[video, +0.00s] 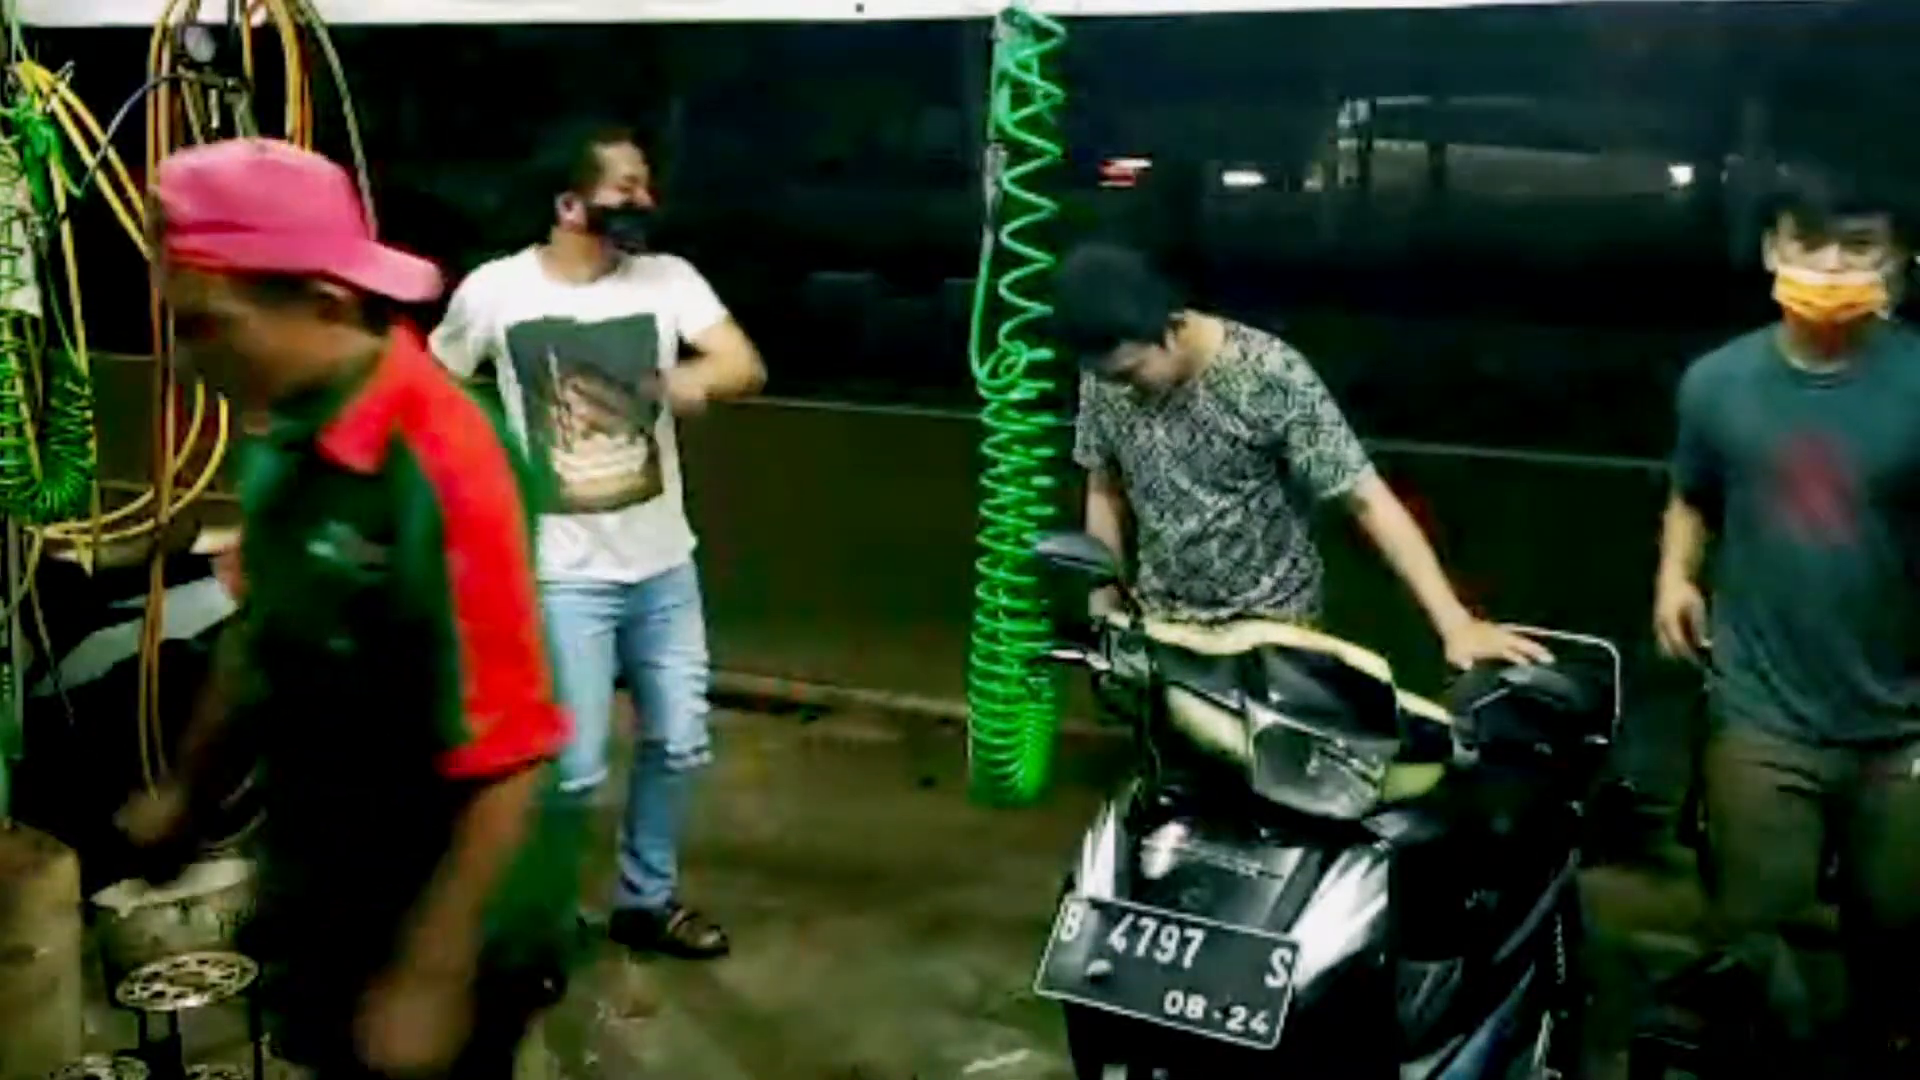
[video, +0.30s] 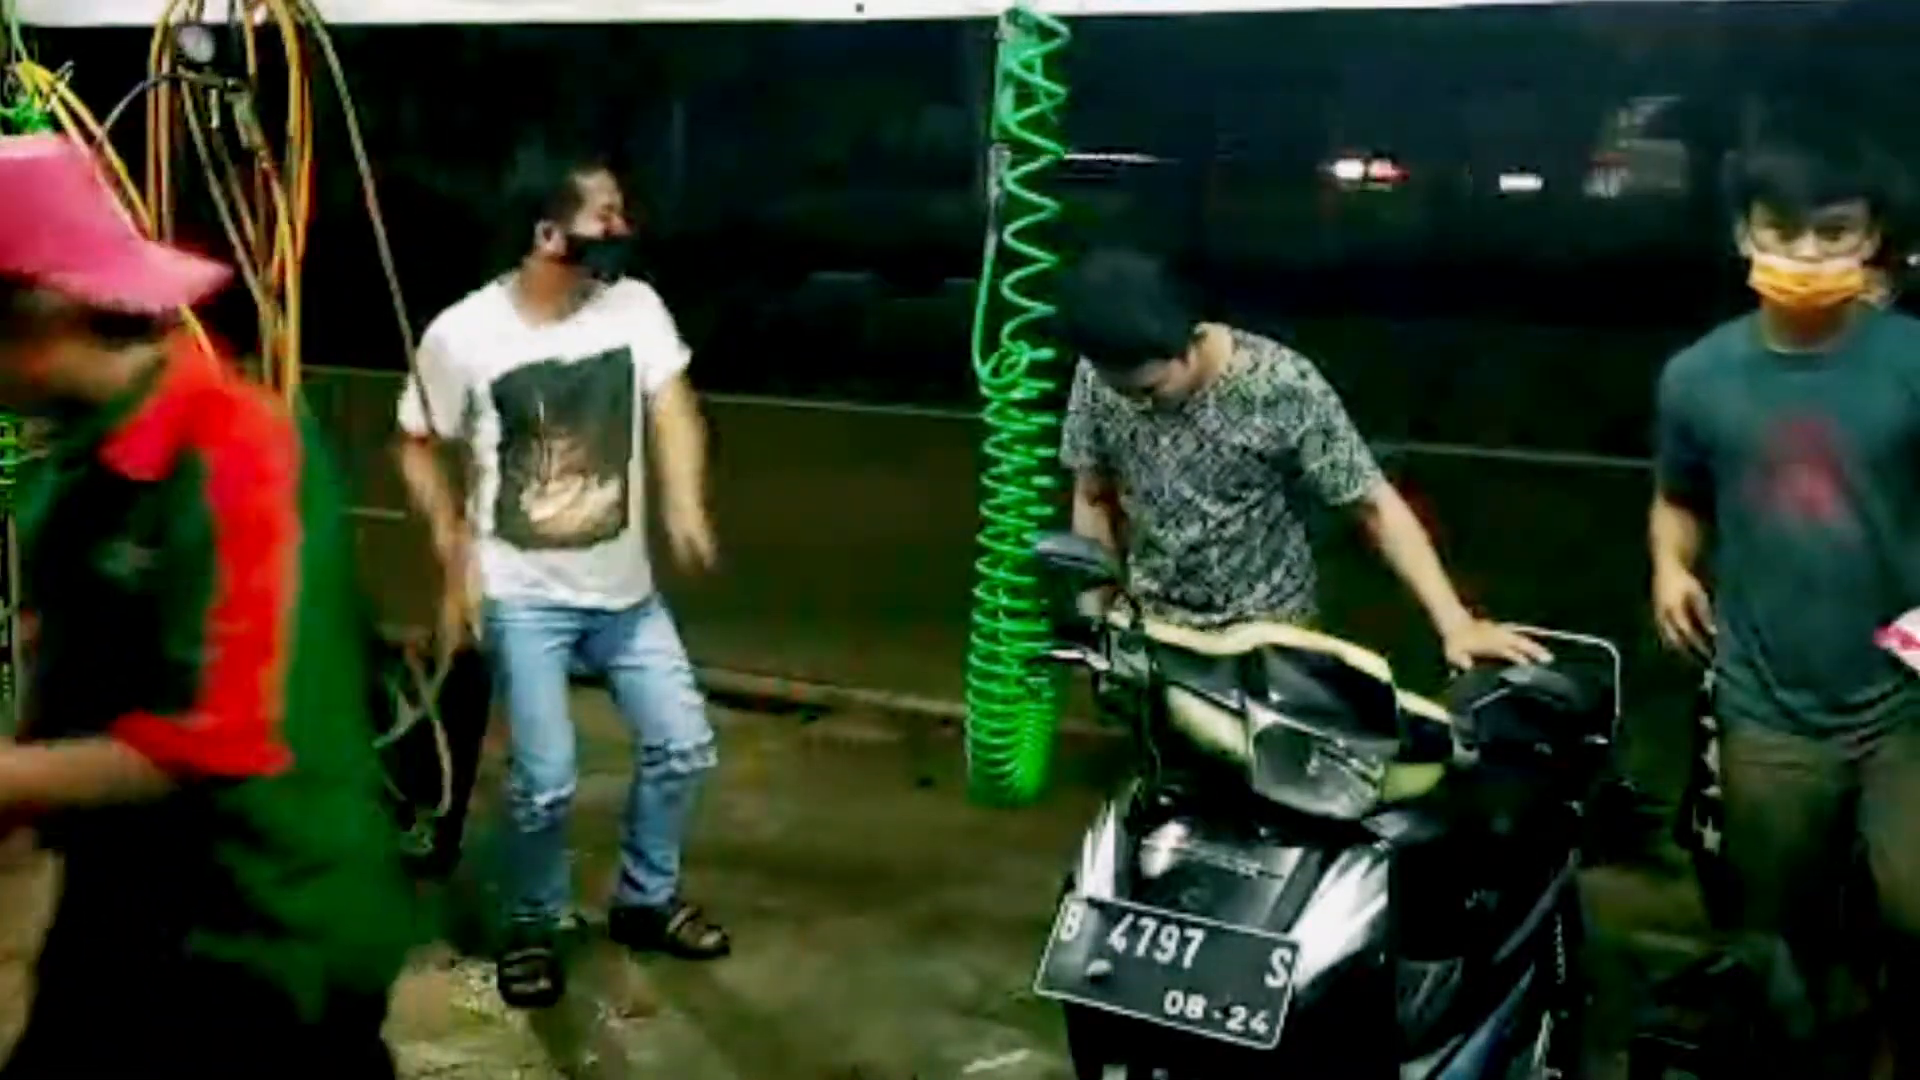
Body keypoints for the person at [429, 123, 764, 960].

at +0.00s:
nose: (641, 201)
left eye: (644, 186)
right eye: (623, 187)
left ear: (648, 198)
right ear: (570, 202)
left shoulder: (665, 281)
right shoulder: (495, 292)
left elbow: (741, 364)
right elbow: (427, 394)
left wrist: (683, 381)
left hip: (662, 562)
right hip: (562, 570)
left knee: (679, 744)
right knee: (576, 766)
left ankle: (647, 902)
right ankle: (546, 915)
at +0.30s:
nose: (620, 238)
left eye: (620, 219)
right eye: (602, 223)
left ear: (607, 229)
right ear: (545, 234)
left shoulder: (632, 309)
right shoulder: (461, 335)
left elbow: (675, 408)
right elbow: (416, 442)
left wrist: (683, 505)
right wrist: (452, 546)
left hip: (624, 591)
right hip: (520, 596)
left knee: (682, 747)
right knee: (546, 777)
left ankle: (645, 903)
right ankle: (530, 926)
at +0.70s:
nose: (649, 218)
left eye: (648, 203)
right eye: (632, 205)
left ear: (606, 227)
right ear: (579, 223)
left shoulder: (612, 303)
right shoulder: (510, 310)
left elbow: (595, 422)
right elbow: (475, 436)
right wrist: (569, 397)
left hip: (618, 570)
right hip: (527, 590)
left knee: (668, 747)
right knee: (552, 784)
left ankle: (664, 924)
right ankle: (531, 924)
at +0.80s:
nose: (662, 214)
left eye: (663, 200)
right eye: (646, 202)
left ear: (623, 223)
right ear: (589, 218)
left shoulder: (631, 305)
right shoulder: (528, 304)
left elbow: (610, 421)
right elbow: (481, 424)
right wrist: (580, 374)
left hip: (633, 571)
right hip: (541, 589)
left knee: (681, 748)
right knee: (559, 785)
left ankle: (666, 924)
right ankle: (530, 922)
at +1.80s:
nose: (603, 233)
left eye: (620, 212)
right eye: (583, 218)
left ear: (664, 216)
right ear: (561, 232)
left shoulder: (721, 318)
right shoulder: (529, 326)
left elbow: (793, 397)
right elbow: (446, 426)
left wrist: (838, 496)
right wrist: (474, 450)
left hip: (704, 619)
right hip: (580, 627)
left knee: (727, 840)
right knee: (591, 844)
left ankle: (757, 1042)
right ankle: (634, 1000)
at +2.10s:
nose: (677, 234)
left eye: (697, 214)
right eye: (656, 216)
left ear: (734, 220)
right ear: (629, 224)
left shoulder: (783, 327)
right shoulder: (578, 322)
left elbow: (850, 426)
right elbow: (494, 424)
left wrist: (886, 540)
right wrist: (519, 438)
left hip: (757, 641)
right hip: (630, 643)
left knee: (767, 868)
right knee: (611, 872)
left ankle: (764, 1049)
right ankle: (630, 985)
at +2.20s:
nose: (694, 249)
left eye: (714, 229)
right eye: (674, 230)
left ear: (752, 236)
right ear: (646, 240)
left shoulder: (804, 366)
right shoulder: (602, 344)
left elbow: (863, 510)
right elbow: (556, 457)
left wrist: (841, 618)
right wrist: (553, 544)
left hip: (769, 663)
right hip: (640, 663)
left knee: (778, 888)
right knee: (614, 883)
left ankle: (763, 1054)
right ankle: (652, 989)